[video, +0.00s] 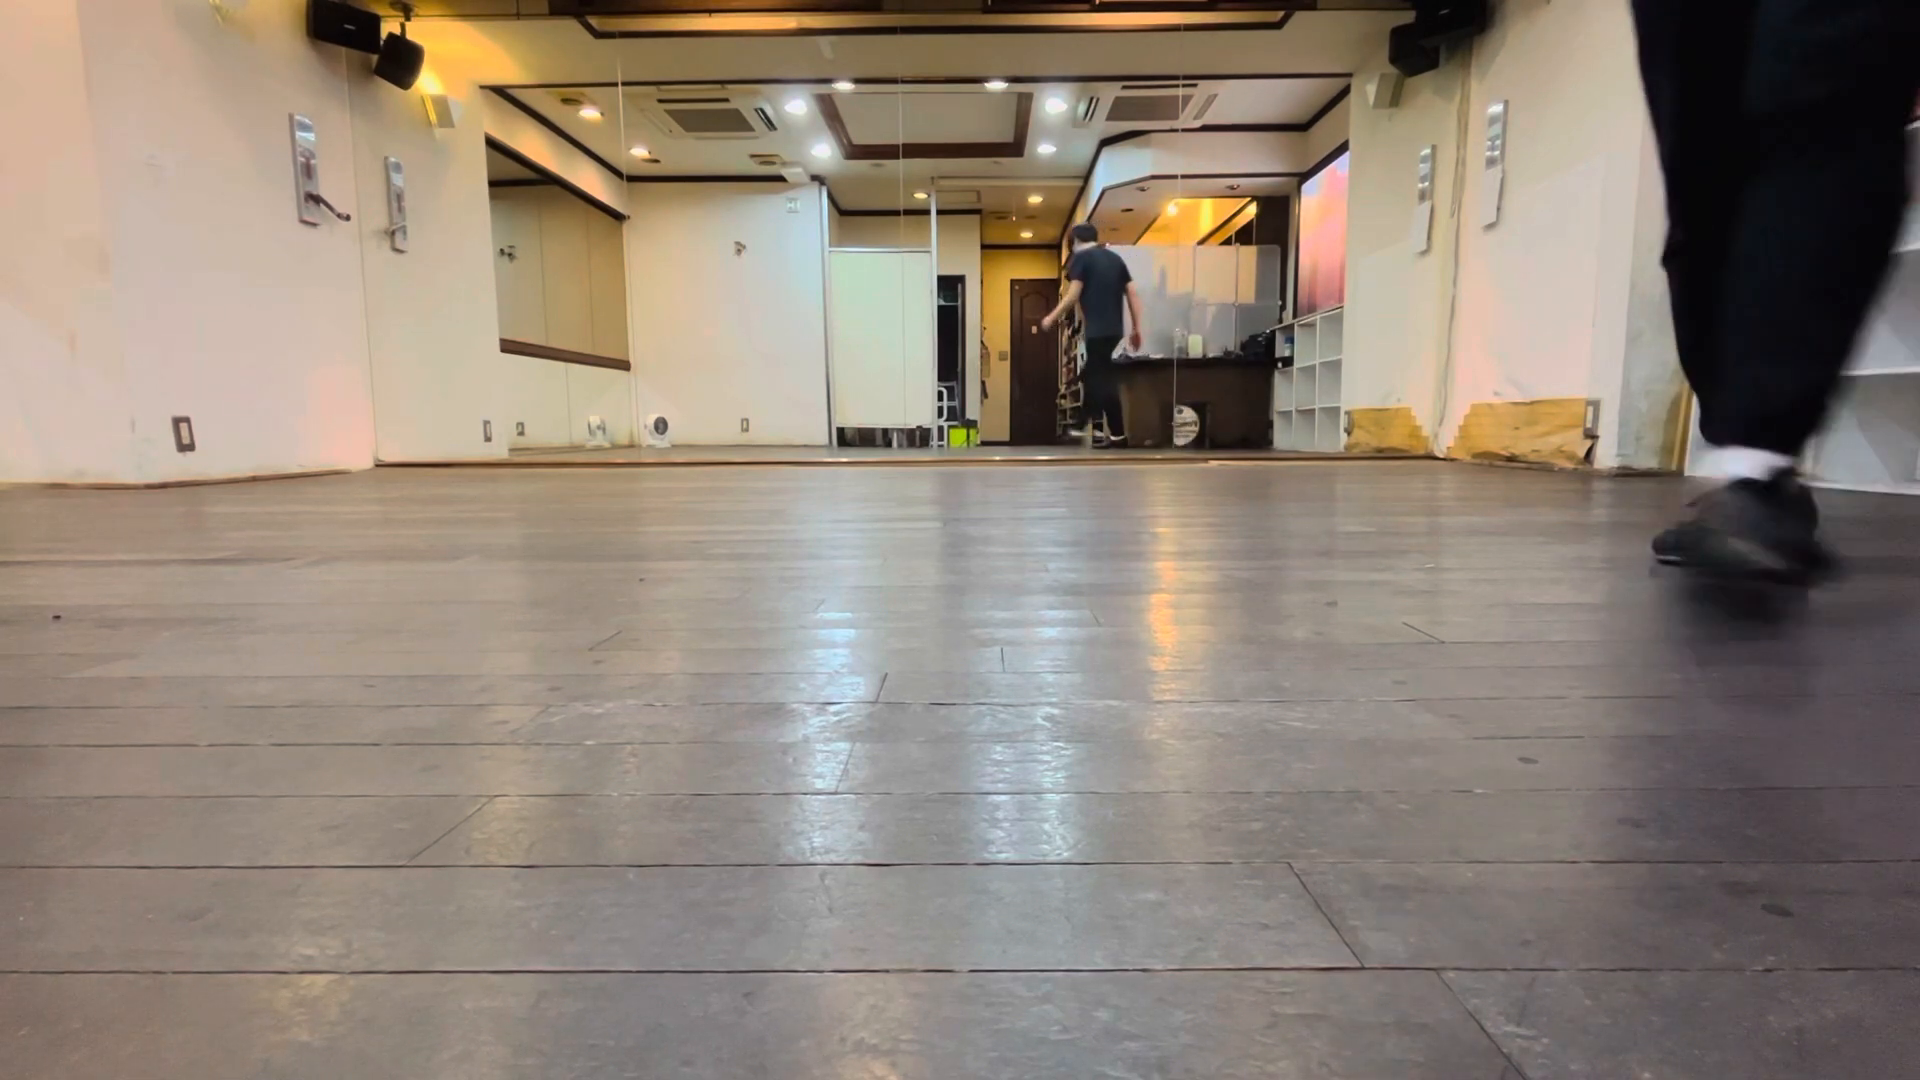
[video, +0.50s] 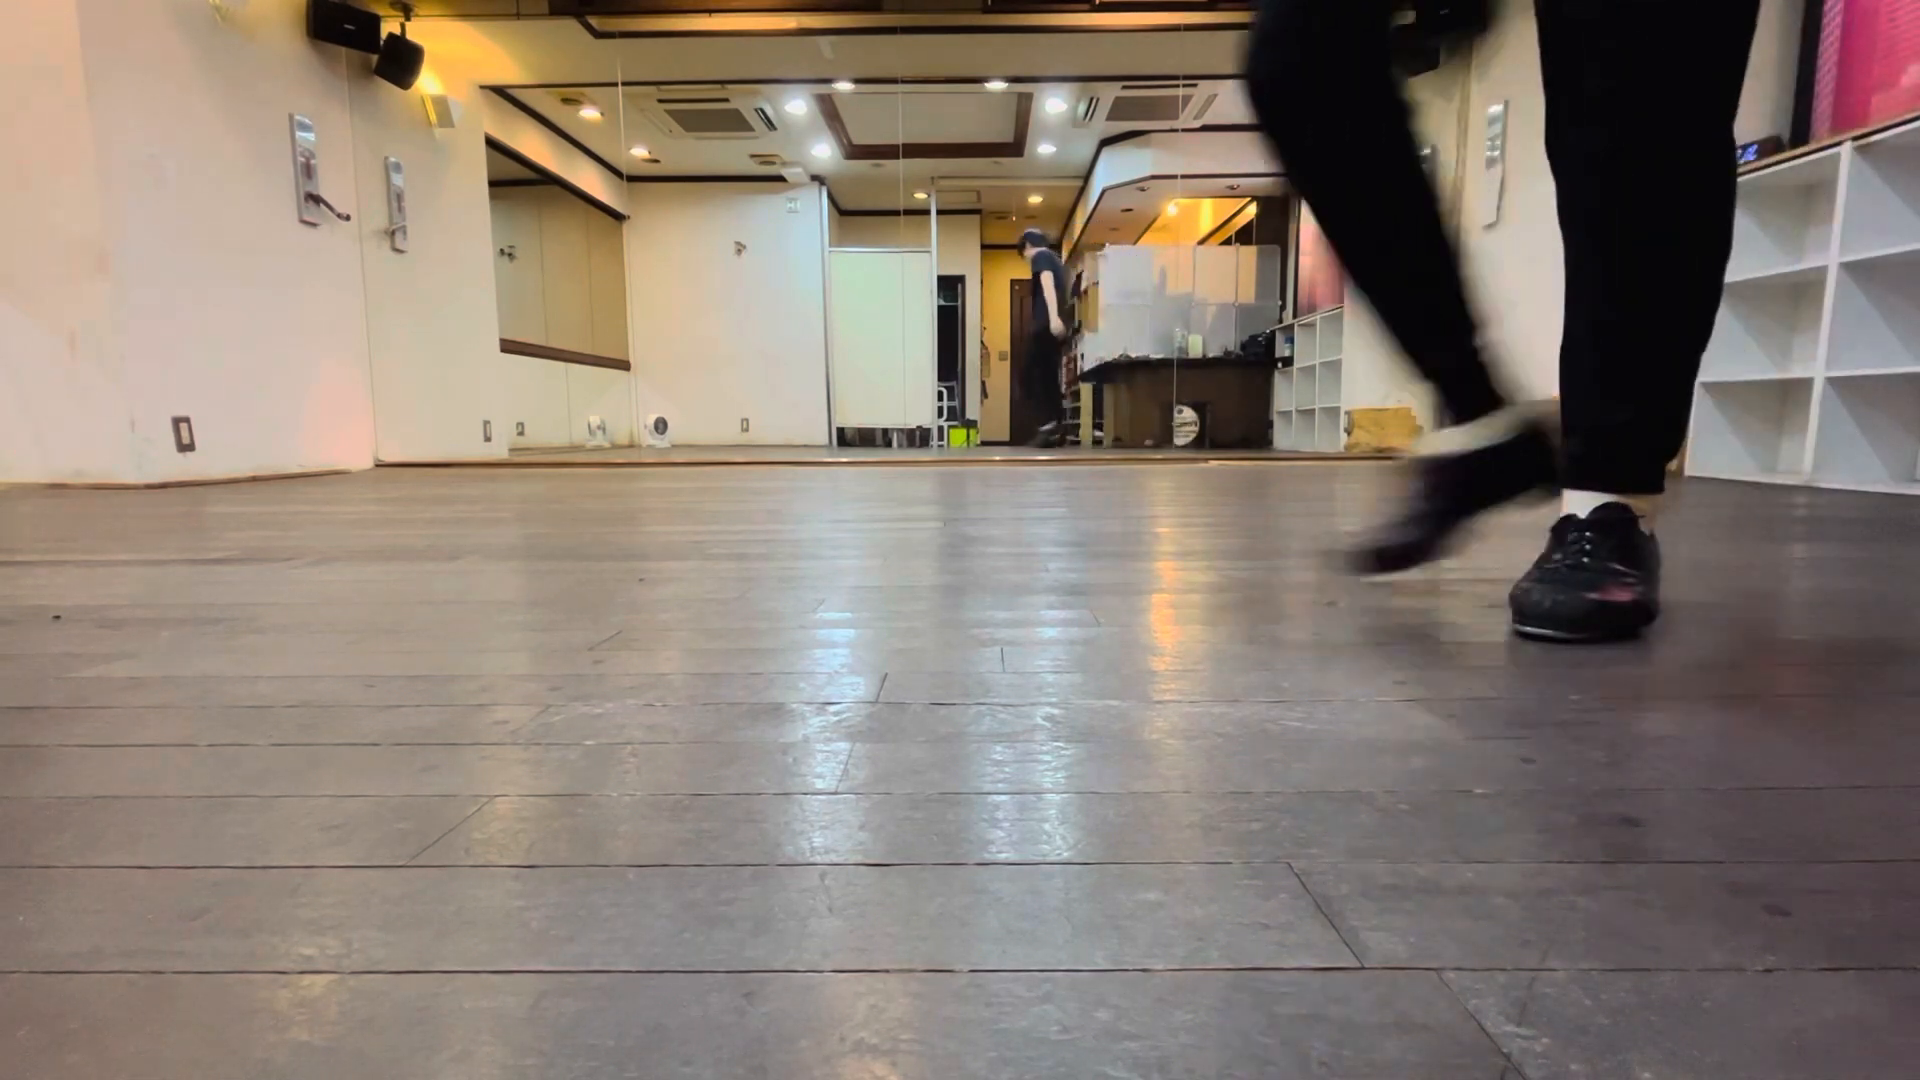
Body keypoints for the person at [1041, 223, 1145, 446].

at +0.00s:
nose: (1073, 247)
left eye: (1073, 243)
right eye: (1073, 243)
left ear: (1077, 241)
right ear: (1095, 239)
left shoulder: (1081, 258)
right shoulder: (1114, 258)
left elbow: (1073, 294)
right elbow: (1131, 293)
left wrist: (1051, 317)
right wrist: (1136, 329)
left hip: (1096, 332)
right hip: (1115, 331)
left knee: (1103, 380)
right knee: (1091, 377)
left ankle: (1117, 433)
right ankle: (1084, 425)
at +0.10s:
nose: (1064, 248)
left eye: (1064, 244)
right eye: (1064, 245)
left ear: (1069, 243)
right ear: (1086, 241)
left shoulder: (1073, 259)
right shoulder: (1103, 261)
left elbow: (1065, 296)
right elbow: (1120, 296)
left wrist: (1043, 315)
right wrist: (1128, 331)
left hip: (1085, 332)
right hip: (1102, 332)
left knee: (1096, 382)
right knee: (1080, 382)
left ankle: (1117, 432)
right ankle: (1067, 428)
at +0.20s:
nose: (1055, 252)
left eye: (1055, 248)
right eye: (1055, 248)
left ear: (1060, 245)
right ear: (1075, 245)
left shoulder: (1065, 259)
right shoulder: (1092, 264)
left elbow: (1061, 295)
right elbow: (1106, 302)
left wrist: (1041, 320)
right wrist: (1115, 336)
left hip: (1074, 333)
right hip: (1089, 333)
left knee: (1084, 381)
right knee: (1068, 381)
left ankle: (1112, 429)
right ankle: (1058, 430)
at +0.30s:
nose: (1045, 256)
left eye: (1044, 251)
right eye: (1044, 252)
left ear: (1048, 246)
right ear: (1063, 245)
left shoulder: (1057, 257)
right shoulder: (1079, 267)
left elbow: (1055, 295)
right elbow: (1088, 306)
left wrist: (1043, 327)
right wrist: (1096, 339)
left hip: (1062, 330)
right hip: (1076, 331)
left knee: (1061, 380)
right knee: (1064, 380)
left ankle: (1099, 421)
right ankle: (1067, 430)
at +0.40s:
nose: (1034, 256)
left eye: (1034, 251)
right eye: (1034, 252)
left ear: (1039, 246)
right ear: (1054, 245)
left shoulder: (1050, 258)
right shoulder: (1066, 263)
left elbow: (1052, 285)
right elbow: (1071, 298)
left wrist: (1049, 326)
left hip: (1059, 330)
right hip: (1067, 331)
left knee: (1043, 378)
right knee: (1049, 379)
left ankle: (1070, 417)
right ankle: (1055, 429)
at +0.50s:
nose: (1025, 255)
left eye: (1025, 250)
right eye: (1024, 251)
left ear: (1030, 245)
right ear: (1041, 244)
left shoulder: (1041, 256)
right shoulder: (1052, 259)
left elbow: (1048, 283)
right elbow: (1057, 290)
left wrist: (1054, 317)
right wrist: (1055, 318)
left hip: (1044, 327)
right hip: (1053, 326)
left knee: (1036, 373)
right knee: (1048, 375)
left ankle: (1049, 422)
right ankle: (1055, 423)